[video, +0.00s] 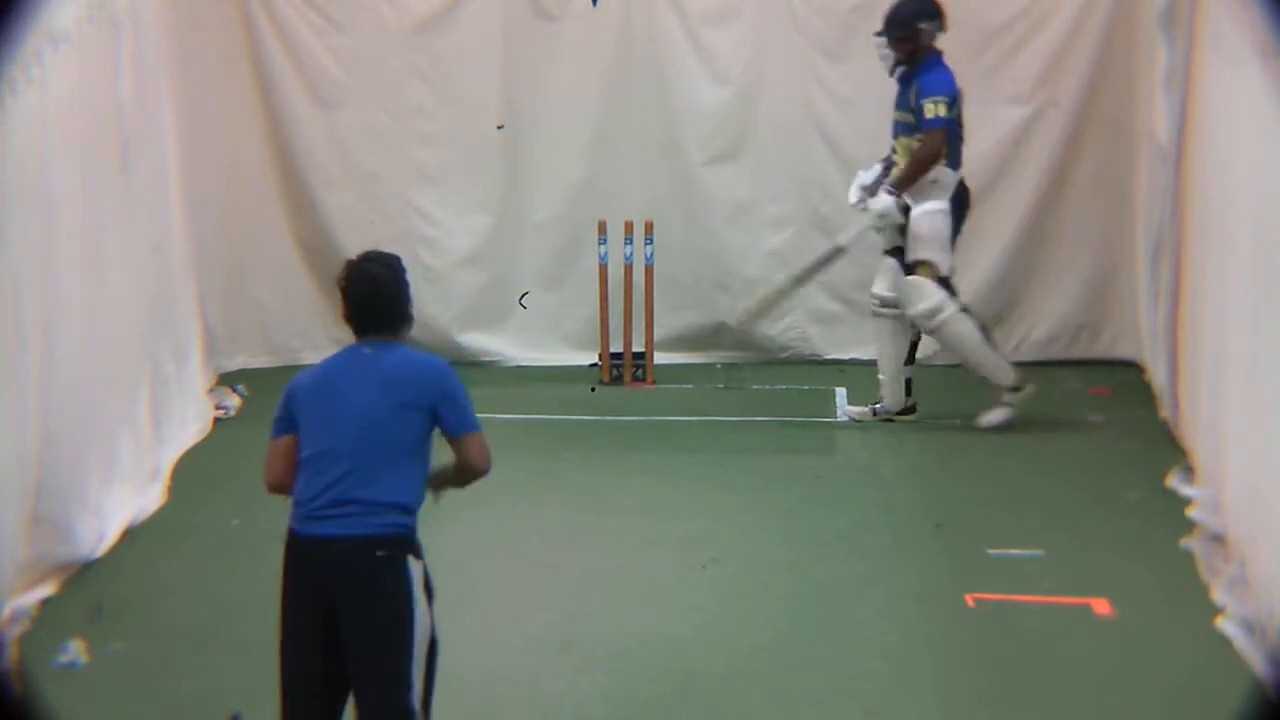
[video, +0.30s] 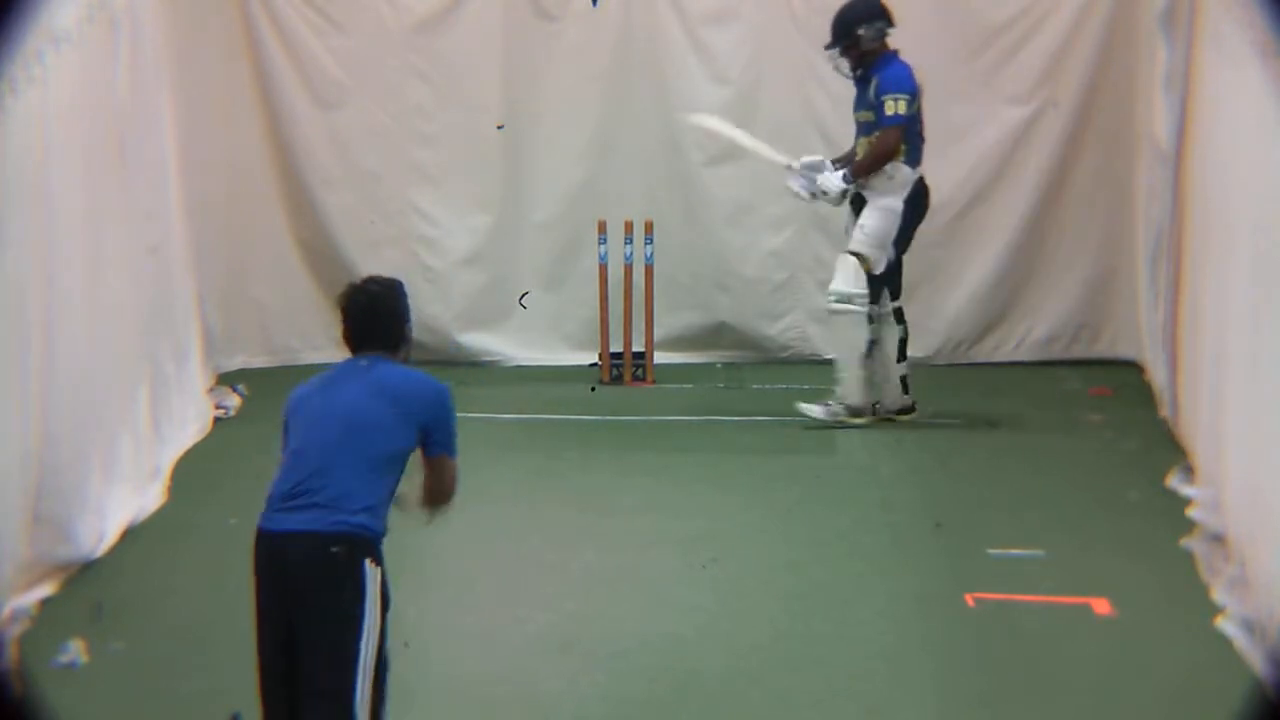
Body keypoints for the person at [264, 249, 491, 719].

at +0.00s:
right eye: (406, 298)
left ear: (346, 311)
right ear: (407, 310)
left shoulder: (308, 381)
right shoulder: (431, 373)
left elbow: (278, 477)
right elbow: (476, 461)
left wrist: (338, 473)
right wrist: (435, 478)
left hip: (310, 565)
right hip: (383, 565)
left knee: (307, 703)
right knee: (391, 704)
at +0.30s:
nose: (410, 334)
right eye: (409, 326)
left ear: (345, 337)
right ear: (406, 336)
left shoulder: (303, 393)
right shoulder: (425, 392)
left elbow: (296, 465)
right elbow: (440, 490)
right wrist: (420, 498)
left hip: (274, 549)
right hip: (343, 551)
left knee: (281, 689)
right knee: (350, 694)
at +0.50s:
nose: (428, 334)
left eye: (425, 324)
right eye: (425, 325)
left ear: (361, 338)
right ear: (417, 335)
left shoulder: (312, 395)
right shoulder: (428, 392)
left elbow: (266, 487)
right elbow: (428, 487)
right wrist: (376, 538)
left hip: (273, 544)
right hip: (338, 549)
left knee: (283, 692)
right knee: (323, 697)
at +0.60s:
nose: (435, 331)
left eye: (431, 321)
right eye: (432, 322)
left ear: (370, 335)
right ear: (423, 331)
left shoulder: (331, 389)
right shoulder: (424, 385)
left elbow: (330, 475)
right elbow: (428, 479)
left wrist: (380, 543)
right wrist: (388, 531)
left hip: (273, 543)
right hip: (331, 549)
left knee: (284, 693)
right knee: (319, 698)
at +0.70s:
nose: (441, 328)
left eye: (437, 317)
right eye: (438, 318)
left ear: (377, 330)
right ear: (430, 326)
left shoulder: (356, 379)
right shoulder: (415, 382)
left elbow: (345, 470)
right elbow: (406, 475)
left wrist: (397, 530)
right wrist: (416, 530)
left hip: (280, 547)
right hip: (321, 554)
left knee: (290, 700)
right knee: (319, 704)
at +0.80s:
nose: (448, 322)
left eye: (444, 311)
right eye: (444, 312)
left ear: (387, 324)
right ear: (431, 321)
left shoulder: (382, 377)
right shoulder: (395, 383)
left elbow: (386, 479)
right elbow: (376, 474)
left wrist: (447, 510)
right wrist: (423, 515)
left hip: (311, 560)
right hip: (312, 562)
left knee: (327, 704)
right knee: (320, 708)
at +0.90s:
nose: (453, 329)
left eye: (450, 317)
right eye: (446, 317)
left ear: (418, 323)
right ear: (423, 322)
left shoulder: (402, 389)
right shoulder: (377, 385)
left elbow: (414, 463)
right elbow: (343, 475)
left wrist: (483, 475)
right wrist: (408, 526)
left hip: (345, 573)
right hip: (318, 574)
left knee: (344, 708)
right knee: (323, 711)